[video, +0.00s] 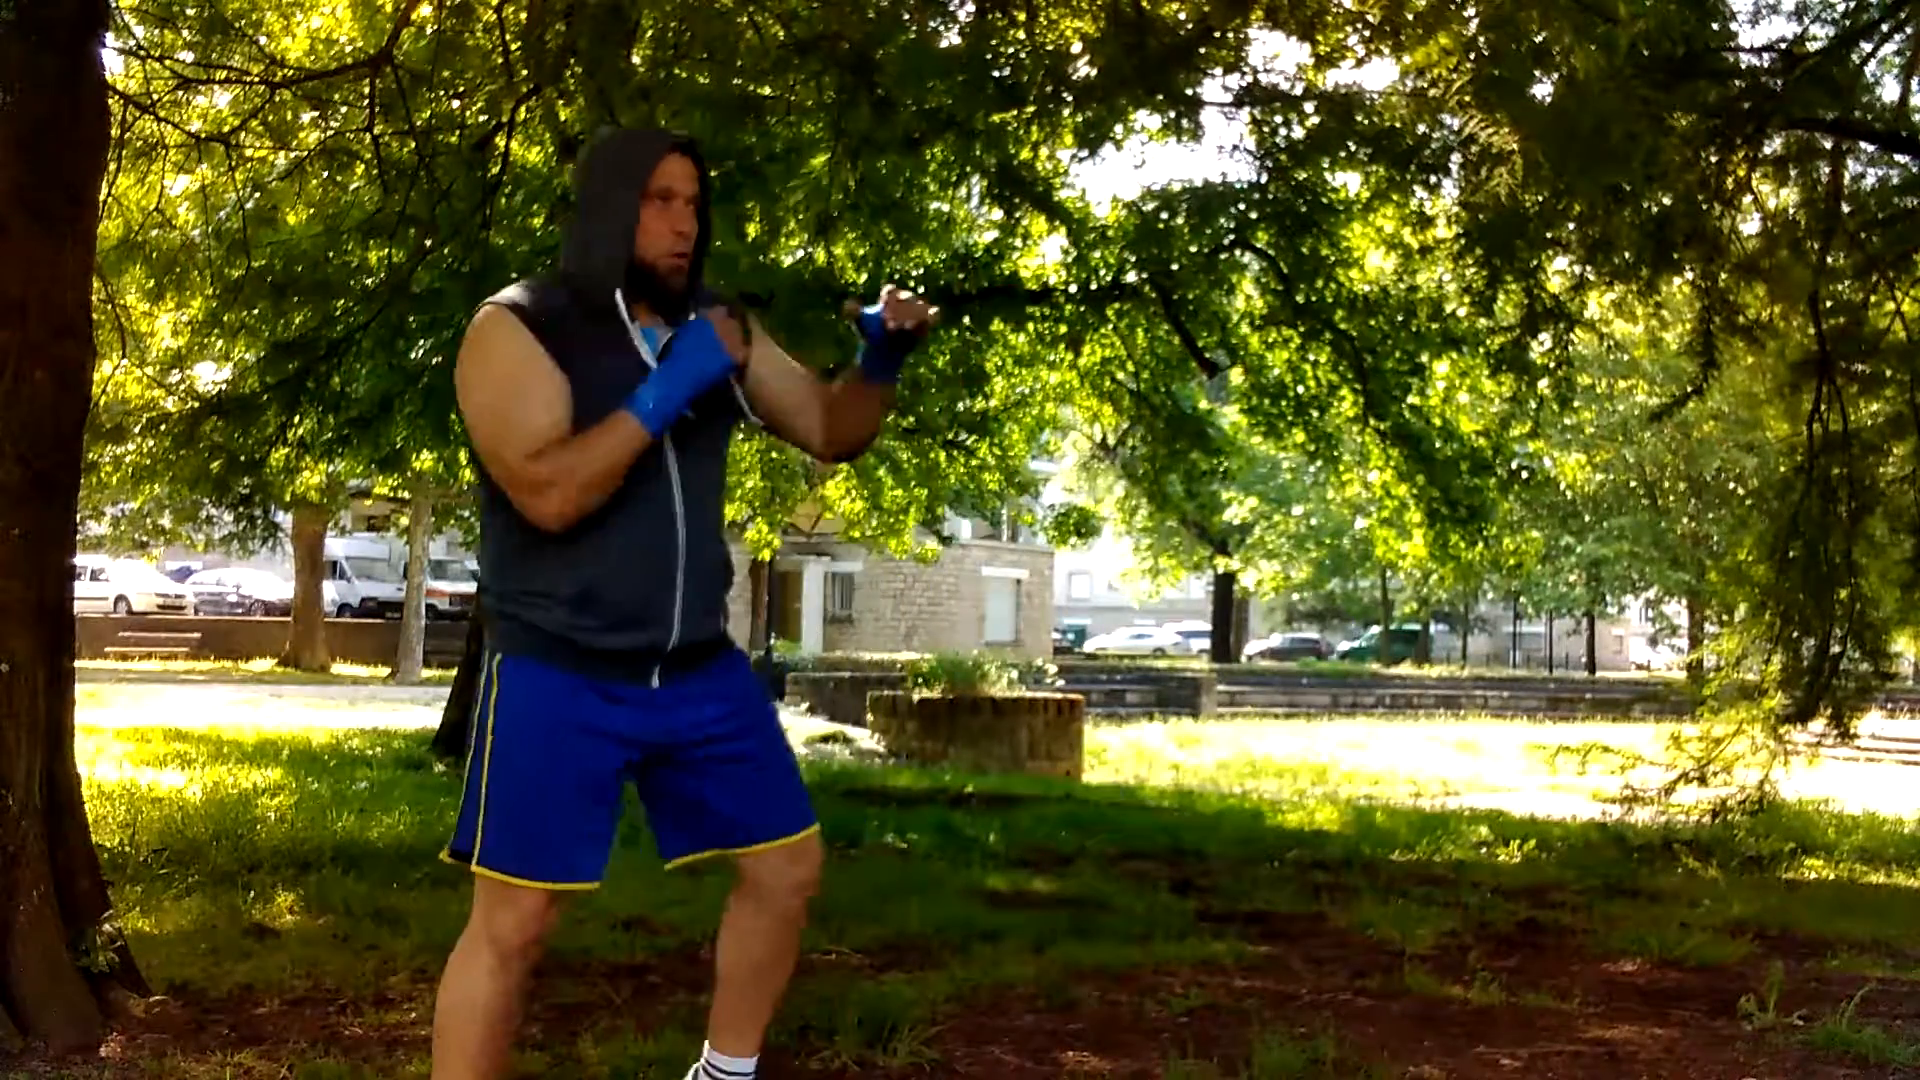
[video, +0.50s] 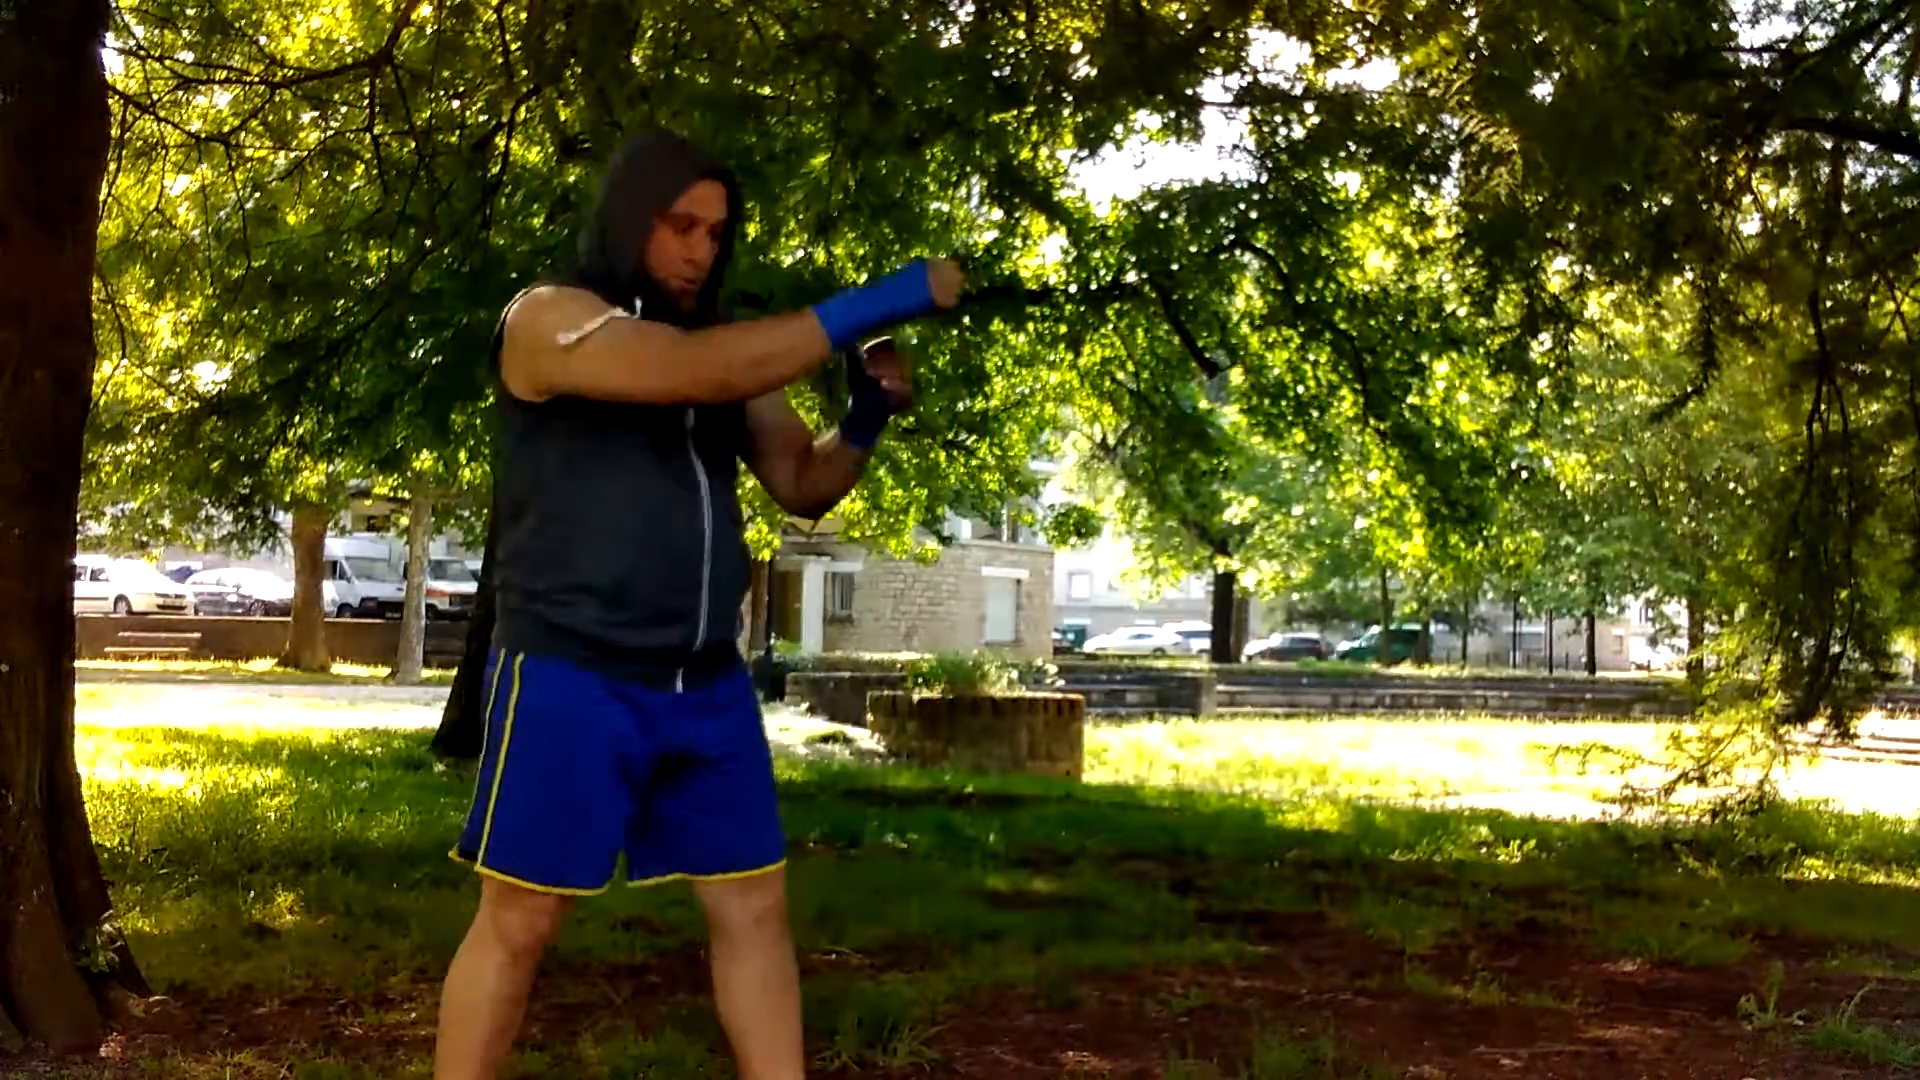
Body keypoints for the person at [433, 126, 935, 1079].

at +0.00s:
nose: (686, 223)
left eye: (695, 205)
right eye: (664, 201)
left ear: (701, 220)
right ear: (607, 208)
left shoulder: (714, 330)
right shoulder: (511, 330)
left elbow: (831, 430)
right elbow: (549, 493)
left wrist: (882, 354)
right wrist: (674, 380)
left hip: (699, 667)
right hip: (555, 669)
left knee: (785, 863)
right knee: (514, 921)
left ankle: (725, 1072)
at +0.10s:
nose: (654, 222)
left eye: (663, 204)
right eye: (630, 202)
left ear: (673, 216)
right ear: (575, 210)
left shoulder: (709, 323)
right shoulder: (489, 333)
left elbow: (856, 373)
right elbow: (527, 491)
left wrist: (978, 336)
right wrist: (686, 405)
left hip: (684, 669)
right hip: (541, 671)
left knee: (740, 890)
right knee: (505, 921)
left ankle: (702, 1075)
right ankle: (455, 1074)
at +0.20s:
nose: (644, 218)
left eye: (655, 201)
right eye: (620, 197)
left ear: (665, 216)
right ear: (565, 206)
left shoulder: (699, 321)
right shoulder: (479, 335)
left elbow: (837, 400)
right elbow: (509, 491)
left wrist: (935, 353)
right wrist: (666, 401)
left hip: (679, 670)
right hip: (535, 672)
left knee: (750, 879)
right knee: (500, 919)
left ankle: (716, 1075)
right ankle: (455, 1073)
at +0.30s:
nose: (656, 215)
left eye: (666, 199)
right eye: (633, 193)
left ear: (674, 215)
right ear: (576, 201)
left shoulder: (699, 330)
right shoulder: (484, 326)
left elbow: (779, 470)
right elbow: (517, 482)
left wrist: (839, 398)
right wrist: (647, 366)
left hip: (686, 667)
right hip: (541, 671)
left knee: (769, 868)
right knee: (502, 919)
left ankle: (741, 1077)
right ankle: (453, 1077)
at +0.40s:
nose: (682, 225)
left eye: (692, 206)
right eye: (660, 202)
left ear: (700, 220)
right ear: (603, 205)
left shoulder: (696, 336)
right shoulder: (513, 314)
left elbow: (760, 488)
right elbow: (604, 430)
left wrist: (812, 432)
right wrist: (726, 330)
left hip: (694, 669)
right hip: (555, 670)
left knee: (760, 883)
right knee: (503, 917)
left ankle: (781, 1075)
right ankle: (455, 1073)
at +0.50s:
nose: (701, 249)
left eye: (715, 232)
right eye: (682, 225)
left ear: (724, 240)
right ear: (626, 218)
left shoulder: (720, 353)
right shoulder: (544, 320)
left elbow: (803, 484)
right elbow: (700, 365)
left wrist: (869, 409)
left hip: (707, 679)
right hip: (566, 671)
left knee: (752, 907)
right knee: (519, 921)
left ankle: (779, 1078)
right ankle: (460, 1075)